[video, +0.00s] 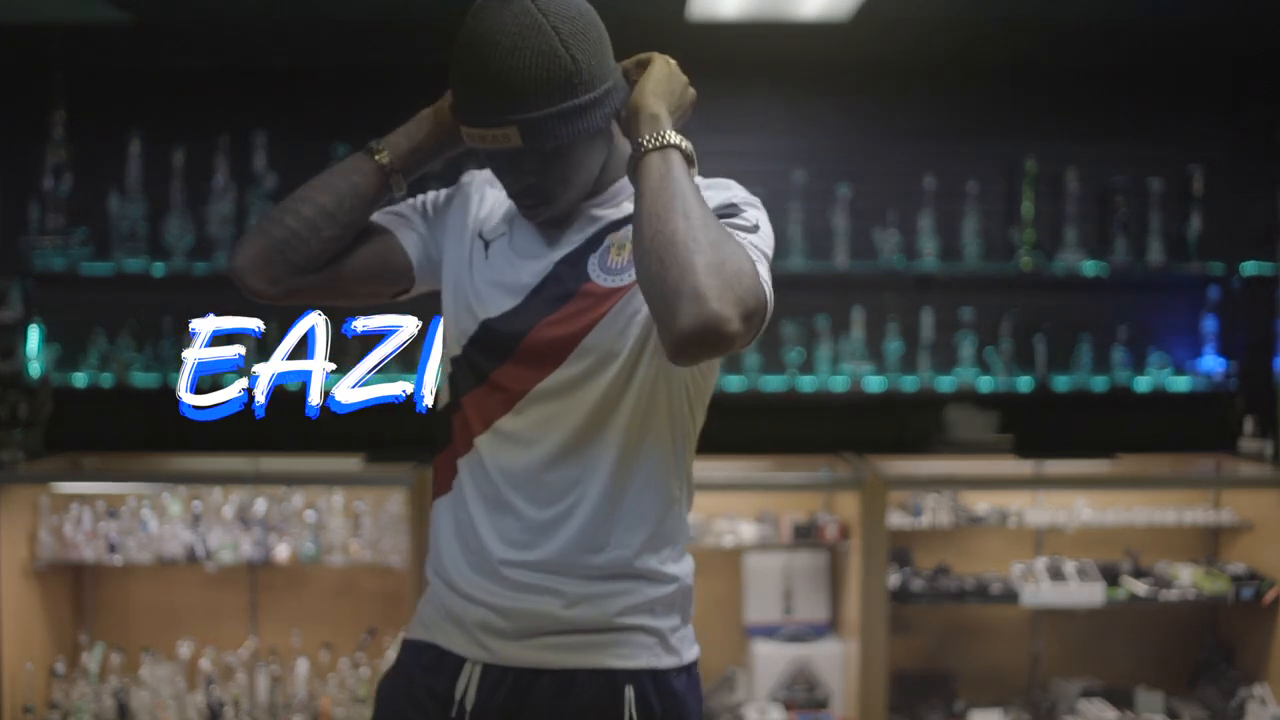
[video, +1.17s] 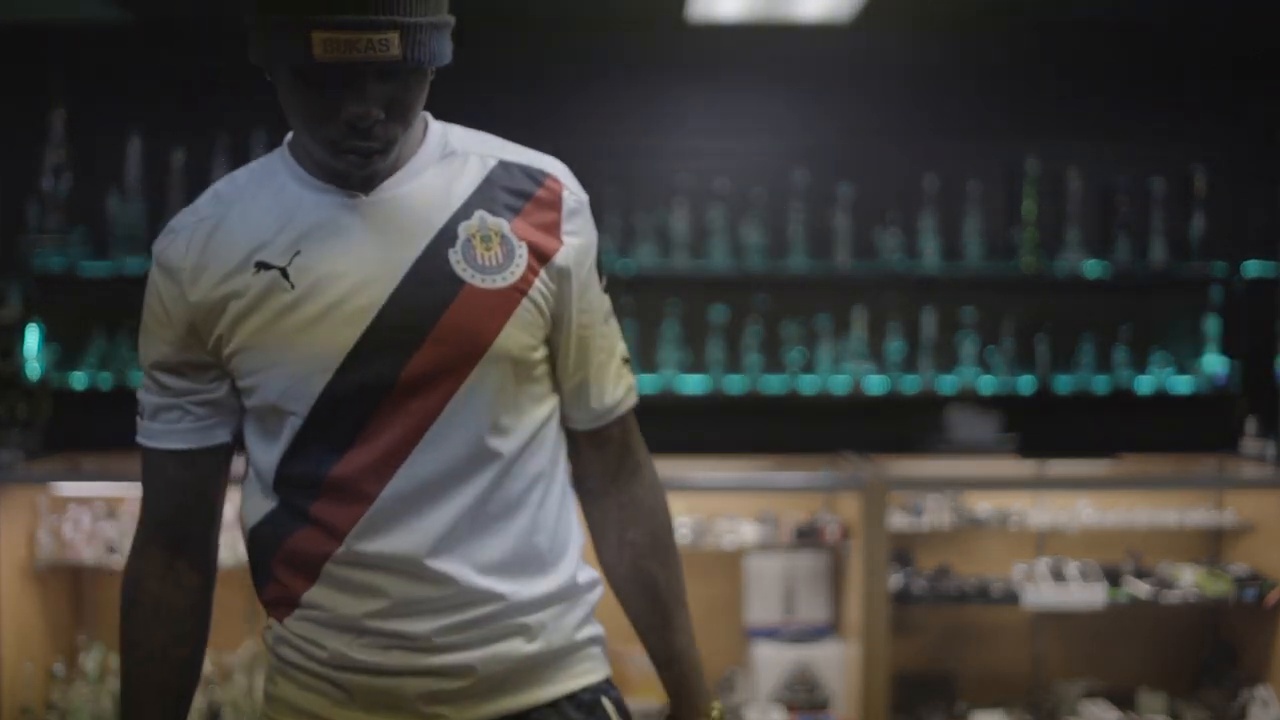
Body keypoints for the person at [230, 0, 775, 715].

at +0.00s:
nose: (520, 180)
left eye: (546, 149)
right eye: (500, 155)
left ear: (610, 117)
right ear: (477, 139)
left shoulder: (712, 213)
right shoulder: (465, 214)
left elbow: (699, 323)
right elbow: (263, 269)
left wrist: (655, 126)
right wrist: (431, 131)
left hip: (617, 670)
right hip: (444, 657)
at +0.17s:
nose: (478, 161)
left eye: (505, 129)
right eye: (457, 132)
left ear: (568, 101)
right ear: (429, 124)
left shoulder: (663, 209)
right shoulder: (408, 215)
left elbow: (689, 349)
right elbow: (203, 301)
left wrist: (627, 136)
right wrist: (369, 131)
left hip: (586, 676)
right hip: (406, 668)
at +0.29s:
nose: (434, 143)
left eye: (465, 110)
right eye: (411, 111)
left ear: (523, 91)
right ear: (380, 101)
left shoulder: (616, 212)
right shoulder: (349, 224)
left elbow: (696, 422)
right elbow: (161, 385)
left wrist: (603, 158)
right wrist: (276, 161)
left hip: (560, 677)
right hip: (375, 676)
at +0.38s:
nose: (400, 118)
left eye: (433, 89)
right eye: (375, 87)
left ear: (490, 82)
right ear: (343, 86)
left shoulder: (583, 209)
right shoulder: (303, 235)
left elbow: (687, 475)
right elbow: (156, 475)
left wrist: (588, 234)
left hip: (543, 677)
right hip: (353, 679)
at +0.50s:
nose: (338, 91)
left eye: (369, 65)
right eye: (312, 64)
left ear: (421, 69)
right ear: (281, 75)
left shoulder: (532, 204)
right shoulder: (230, 250)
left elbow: (624, 438)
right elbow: (199, 524)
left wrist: (625, 470)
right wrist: (79, 465)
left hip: (514, 672)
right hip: (320, 677)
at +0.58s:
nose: (307, 84)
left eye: (339, 55)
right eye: (278, 58)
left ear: (393, 61)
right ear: (248, 73)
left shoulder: (507, 198)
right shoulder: (198, 256)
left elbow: (593, 431)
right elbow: (188, 514)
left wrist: (635, 589)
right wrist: (50, 638)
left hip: (502, 671)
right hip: (306, 679)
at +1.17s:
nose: (365, 113)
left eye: (395, 74)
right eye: (329, 80)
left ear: (433, 59)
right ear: (273, 65)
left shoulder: (541, 201)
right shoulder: (198, 253)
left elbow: (616, 468)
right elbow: (175, 545)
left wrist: (693, 697)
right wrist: (150, 715)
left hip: (548, 685)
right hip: (328, 691)